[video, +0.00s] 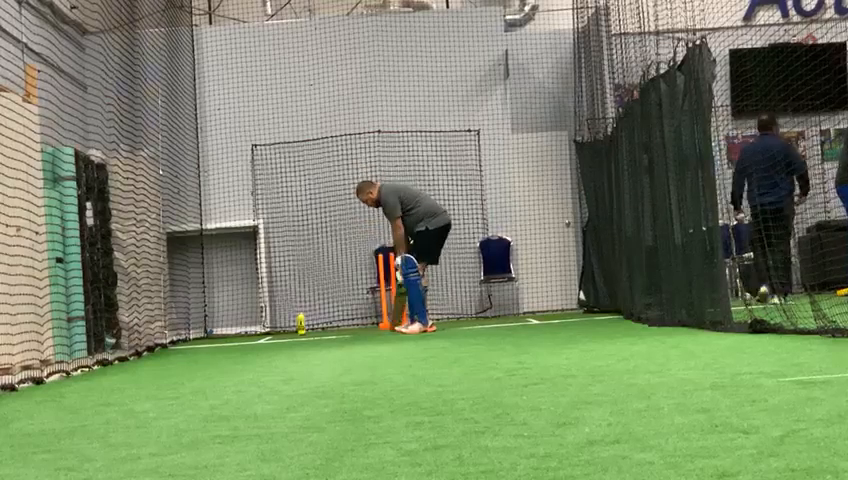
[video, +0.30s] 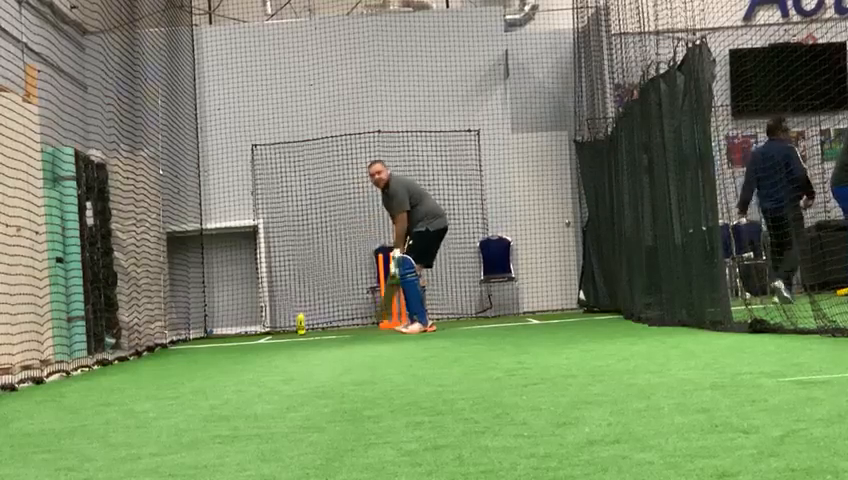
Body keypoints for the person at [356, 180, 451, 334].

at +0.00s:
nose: (368, 205)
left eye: (366, 201)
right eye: (365, 203)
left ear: (371, 193)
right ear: (372, 191)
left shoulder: (387, 194)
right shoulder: (387, 191)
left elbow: (398, 228)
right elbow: (400, 228)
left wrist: (400, 257)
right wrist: (402, 255)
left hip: (431, 225)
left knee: (414, 270)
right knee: (416, 270)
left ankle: (420, 321)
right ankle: (422, 319)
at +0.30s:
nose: (376, 177)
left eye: (379, 172)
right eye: (372, 175)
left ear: (387, 171)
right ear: (370, 179)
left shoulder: (396, 186)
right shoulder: (386, 194)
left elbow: (402, 221)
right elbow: (397, 222)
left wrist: (398, 249)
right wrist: (398, 246)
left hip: (432, 225)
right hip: (421, 227)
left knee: (411, 268)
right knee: (412, 269)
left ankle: (420, 320)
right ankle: (419, 318)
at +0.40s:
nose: (382, 167)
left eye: (385, 162)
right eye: (378, 164)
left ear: (393, 162)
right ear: (376, 168)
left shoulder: (402, 179)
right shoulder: (387, 186)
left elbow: (406, 212)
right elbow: (397, 215)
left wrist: (397, 238)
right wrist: (400, 238)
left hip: (429, 225)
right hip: (416, 227)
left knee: (413, 269)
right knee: (410, 269)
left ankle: (421, 319)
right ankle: (419, 317)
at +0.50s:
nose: (388, 158)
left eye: (392, 154)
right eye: (384, 156)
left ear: (399, 155)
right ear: (381, 160)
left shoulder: (408, 174)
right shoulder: (389, 179)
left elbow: (410, 206)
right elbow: (400, 207)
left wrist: (397, 227)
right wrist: (397, 227)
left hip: (425, 225)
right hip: (411, 227)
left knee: (410, 269)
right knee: (405, 269)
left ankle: (420, 319)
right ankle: (417, 318)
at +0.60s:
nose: (393, 153)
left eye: (396, 149)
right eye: (389, 150)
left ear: (403, 151)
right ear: (385, 154)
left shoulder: (412, 171)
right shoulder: (389, 176)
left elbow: (412, 202)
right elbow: (397, 203)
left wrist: (396, 221)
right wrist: (391, 220)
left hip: (422, 225)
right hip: (407, 227)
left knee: (411, 270)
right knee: (403, 269)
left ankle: (420, 319)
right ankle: (417, 317)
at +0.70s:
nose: (396, 150)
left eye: (400, 147)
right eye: (393, 148)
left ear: (406, 149)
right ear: (388, 151)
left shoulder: (414, 170)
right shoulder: (391, 175)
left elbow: (414, 201)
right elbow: (397, 201)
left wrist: (396, 219)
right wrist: (389, 214)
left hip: (420, 226)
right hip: (404, 227)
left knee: (409, 270)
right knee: (399, 270)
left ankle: (421, 319)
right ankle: (415, 318)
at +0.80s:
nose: (398, 148)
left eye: (402, 145)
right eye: (395, 145)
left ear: (408, 148)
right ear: (390, 149)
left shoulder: (415, 169)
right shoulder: (391, 172)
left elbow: (413, 200)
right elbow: (397, 201)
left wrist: (394, 218)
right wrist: (388, 218)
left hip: (418, 225)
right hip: (403, 225)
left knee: (407, 268)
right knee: (397, 268)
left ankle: (420, 319)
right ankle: (414, 318)